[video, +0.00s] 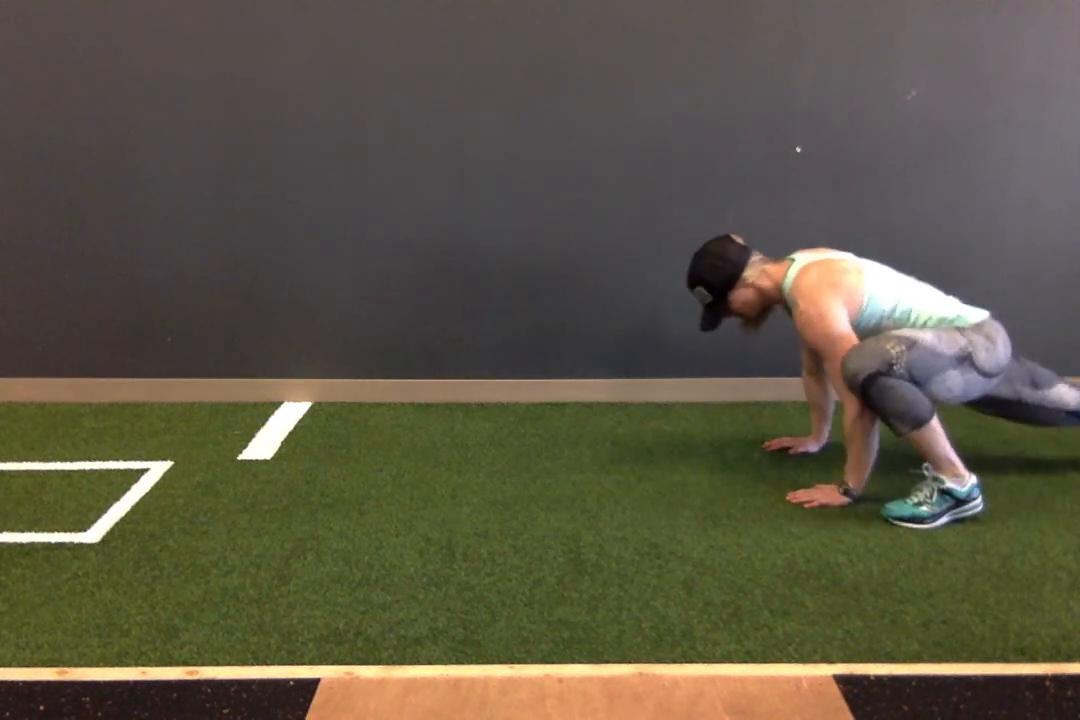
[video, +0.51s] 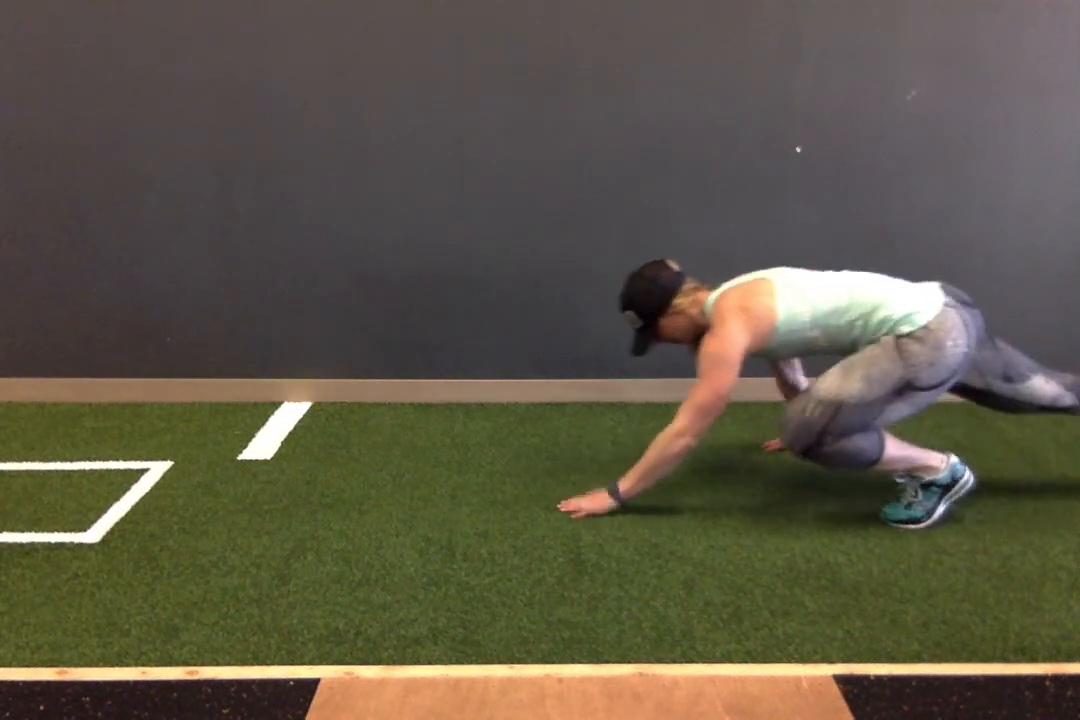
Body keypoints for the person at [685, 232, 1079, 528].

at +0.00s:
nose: (731, 317)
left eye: (725, 306)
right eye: (723, 311)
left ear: (747, 283)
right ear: (750, 272)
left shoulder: (814, 298)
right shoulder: (802, 271)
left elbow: (859, 400)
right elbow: (814, 367)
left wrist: (850, 488)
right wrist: (818, 436)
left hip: (974, 346)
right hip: (978, 339)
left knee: (864, 365)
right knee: (1060, 402)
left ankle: (955, 482)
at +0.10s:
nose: (721, 325)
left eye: (714, 314)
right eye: (712, 319)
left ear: (732, 292)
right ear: (737, 277)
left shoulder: (801, 312)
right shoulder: (792, 275)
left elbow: (851, 413)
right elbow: (813, 358)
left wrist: (804, 482)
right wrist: (819, 432)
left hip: (969, 348)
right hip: (975, 336)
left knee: (861, 374)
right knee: (1058, 403)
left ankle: (955, 482)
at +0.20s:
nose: (708, 331)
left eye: (702, 320)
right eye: (700, 324)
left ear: (721, 296)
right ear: (726, 281)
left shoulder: (786, 316)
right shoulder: (785, 279)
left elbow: (795, 436)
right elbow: (821, 350)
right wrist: (816, 428)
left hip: (962, 343)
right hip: (973, 327)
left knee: (854, 387)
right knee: (1054, 393)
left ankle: (952, 481)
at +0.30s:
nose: (697, 342)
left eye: (690, 331)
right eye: (688, 336)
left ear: (709, 304)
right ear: (715, 287)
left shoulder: (766, 323)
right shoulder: (773, 288)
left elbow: (737, 432)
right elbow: (814, 367)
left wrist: (658, 480)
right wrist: (816, 433)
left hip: (954, 342)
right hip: (968, 318)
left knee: (843, 403)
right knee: (1057, 388)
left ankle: (951, 478)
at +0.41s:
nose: (684, 344)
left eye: (677, 334)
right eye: (676, 337)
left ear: (690, 311)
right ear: (702, 291)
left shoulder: (748, 323)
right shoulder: (762, 293)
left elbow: (699, 426)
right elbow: (808, 369)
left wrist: (622, 481)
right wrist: (811, 431)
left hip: (945, 341)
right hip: (961, 314)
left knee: (823, 421)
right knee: (1049, 389)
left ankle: (948, 474)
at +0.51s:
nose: (668, 344)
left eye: (660, 335)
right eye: (659, 338)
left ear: (673, 311)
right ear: (684, 287)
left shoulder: (728, 322)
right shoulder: (748, 294)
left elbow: (690, 426)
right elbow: (791, 372)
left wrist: (618, 493)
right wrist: (802, 430)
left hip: (927, 338)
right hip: (950, 309)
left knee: (811, 435)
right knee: (1044, 390)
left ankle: (942, 472)